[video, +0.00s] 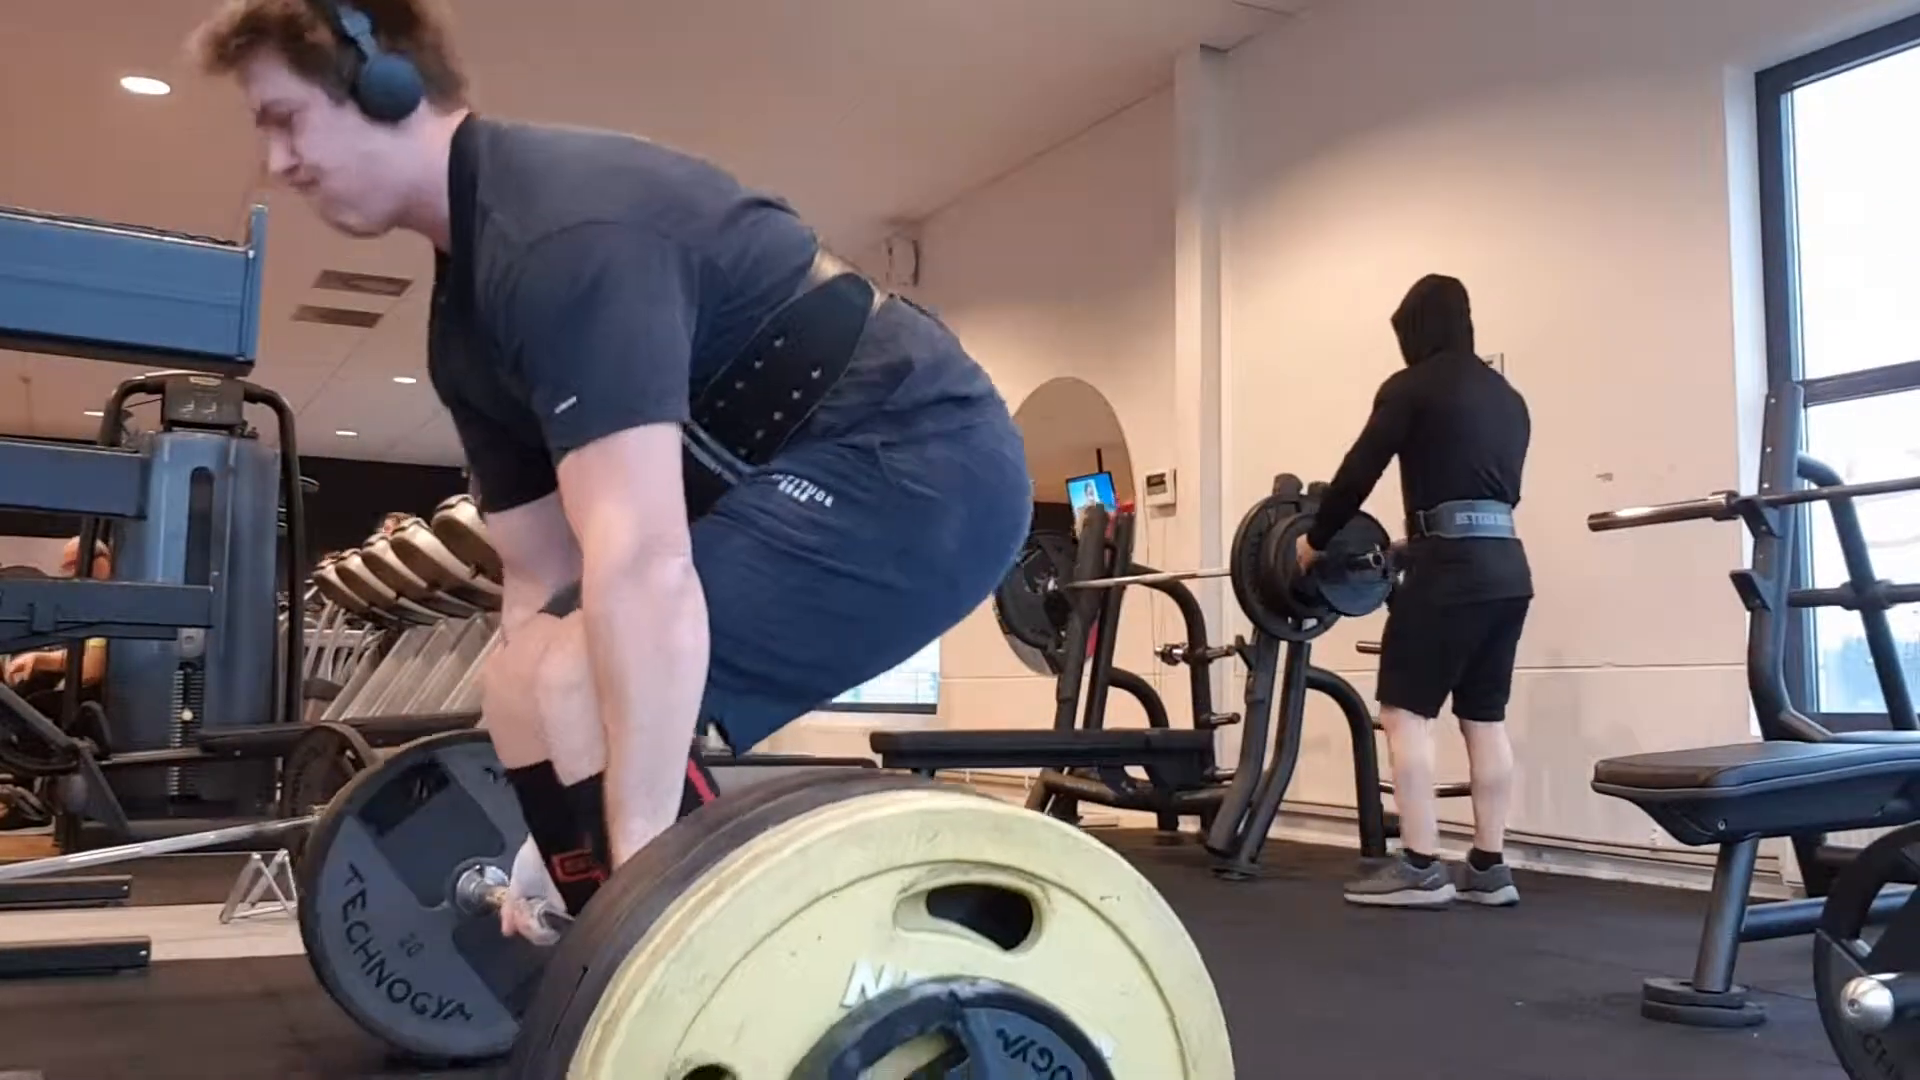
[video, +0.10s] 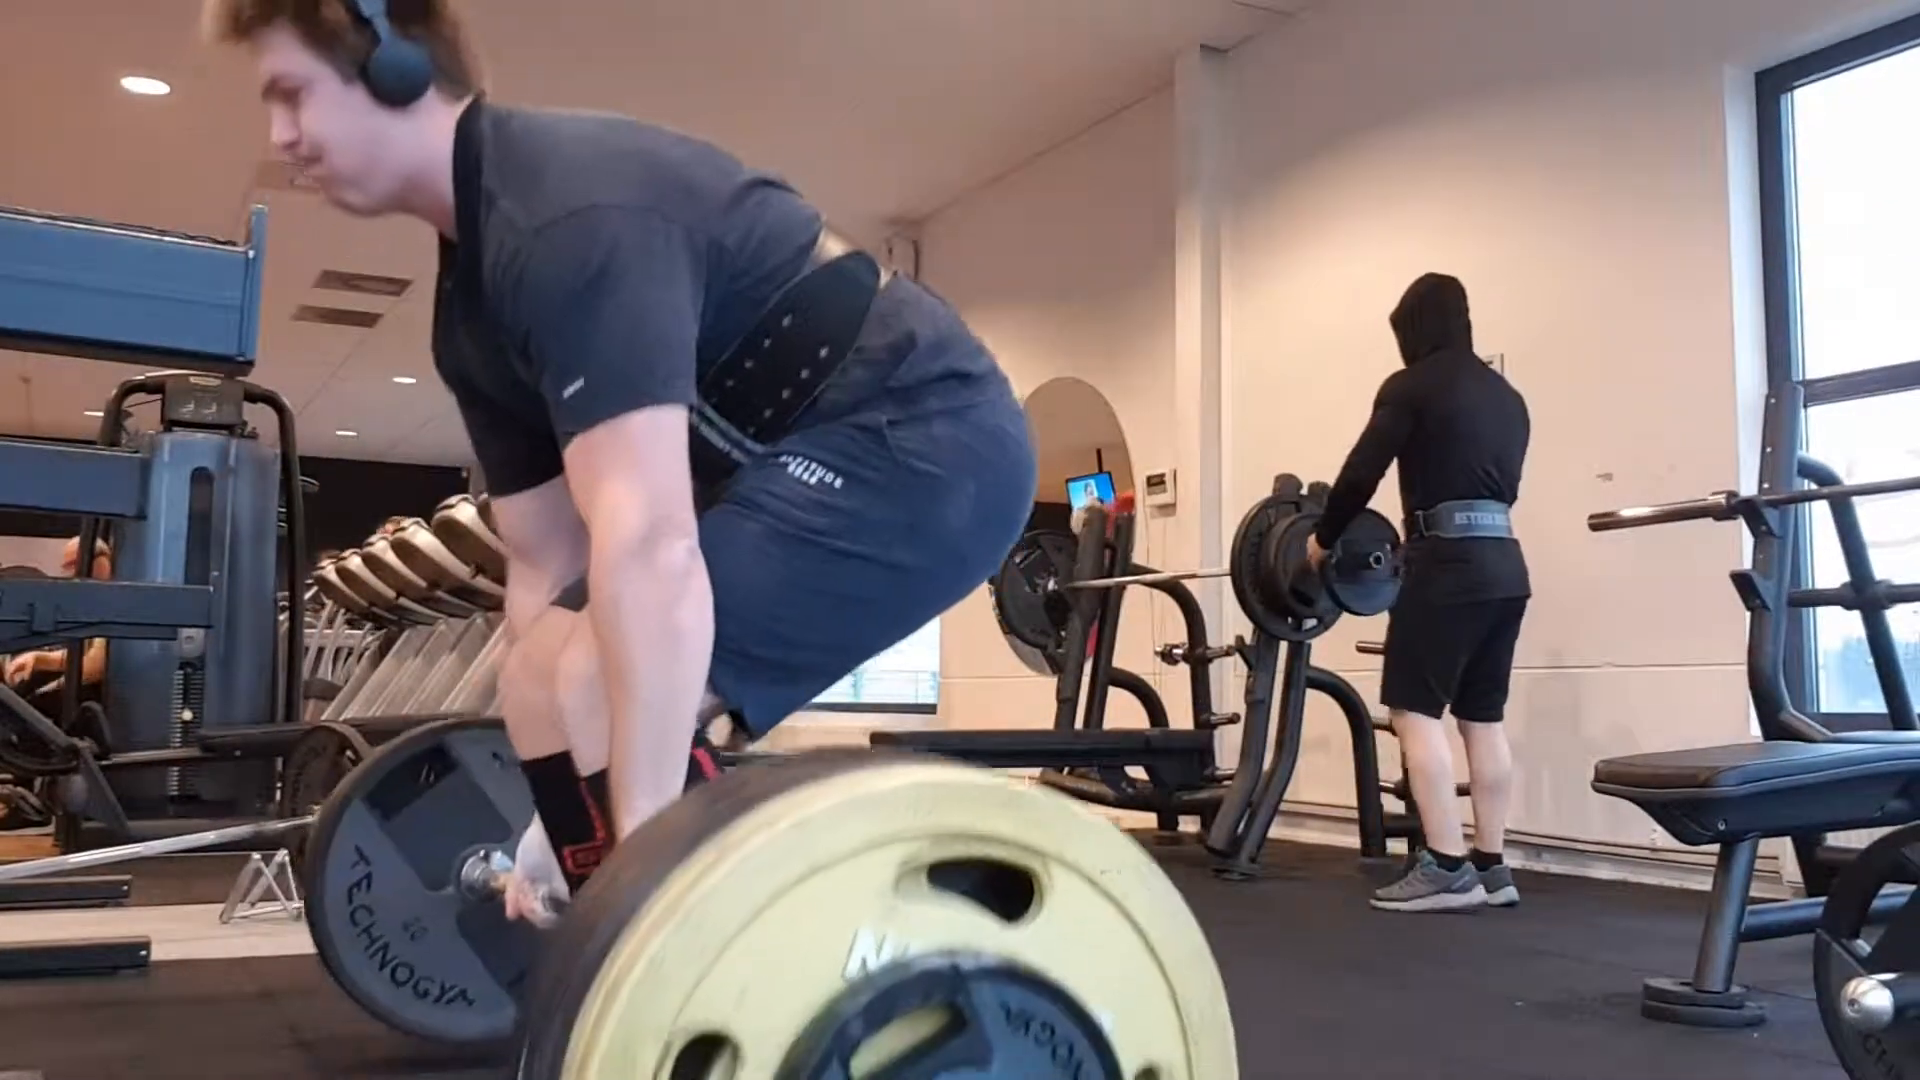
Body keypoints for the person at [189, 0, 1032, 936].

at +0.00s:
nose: (275, 164)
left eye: (285, 121)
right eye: (263, 133)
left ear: (384, 83)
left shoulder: (570, 232)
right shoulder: (463, 321)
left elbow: (646, 563)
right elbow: (538, 579)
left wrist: (645, 871)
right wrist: (546, 849)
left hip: (911, 451)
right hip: (797, 471)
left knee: (585, 679)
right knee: (513, 677)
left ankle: (688, 978)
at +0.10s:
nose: (277, 137)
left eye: (293, 94)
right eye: (269, 107)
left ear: (394, 63)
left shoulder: (579, 216)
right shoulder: (469, 310)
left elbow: (651, 544)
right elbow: (543, 563)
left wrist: (649, 857)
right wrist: (549, 828)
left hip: (916, 432)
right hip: (802, 452)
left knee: (602, 670)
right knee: (530, 667)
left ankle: (689, 970)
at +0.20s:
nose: (285, 97)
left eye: (300, 54)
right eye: (280, 64)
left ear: (399, 35)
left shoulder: (577, 190)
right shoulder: (477, 288)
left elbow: (654, 521)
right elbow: (550, 538)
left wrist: (647, 832)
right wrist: (558, 790)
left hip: (921, 414)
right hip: (805, 438)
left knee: (613, 663)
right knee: (548, 661)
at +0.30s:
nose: (300, 42)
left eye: (321, 8)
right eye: (300, 16)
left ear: (415, 11)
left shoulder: (594, 147)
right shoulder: (492, 251)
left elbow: (662, 476)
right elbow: (558, 505)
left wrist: (660, 776)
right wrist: (560, 755)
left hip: (927, 388)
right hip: (810, 416)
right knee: (586, 653)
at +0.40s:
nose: (339, 10)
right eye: (345, 5)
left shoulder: (609, 100)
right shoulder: (506, 205)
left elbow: (671, 425)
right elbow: (566, 463)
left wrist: (651, 720)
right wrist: (571, 721)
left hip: (931, 357)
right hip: (811, 392)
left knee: (711, 670)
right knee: (623, 640)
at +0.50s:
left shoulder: (617, 57)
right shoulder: (512, 160)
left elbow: (681, 365)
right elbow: (574, 413)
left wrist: (661, 651)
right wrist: (582, 668)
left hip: (926, 336)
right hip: (809, 366)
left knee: (737, 646)